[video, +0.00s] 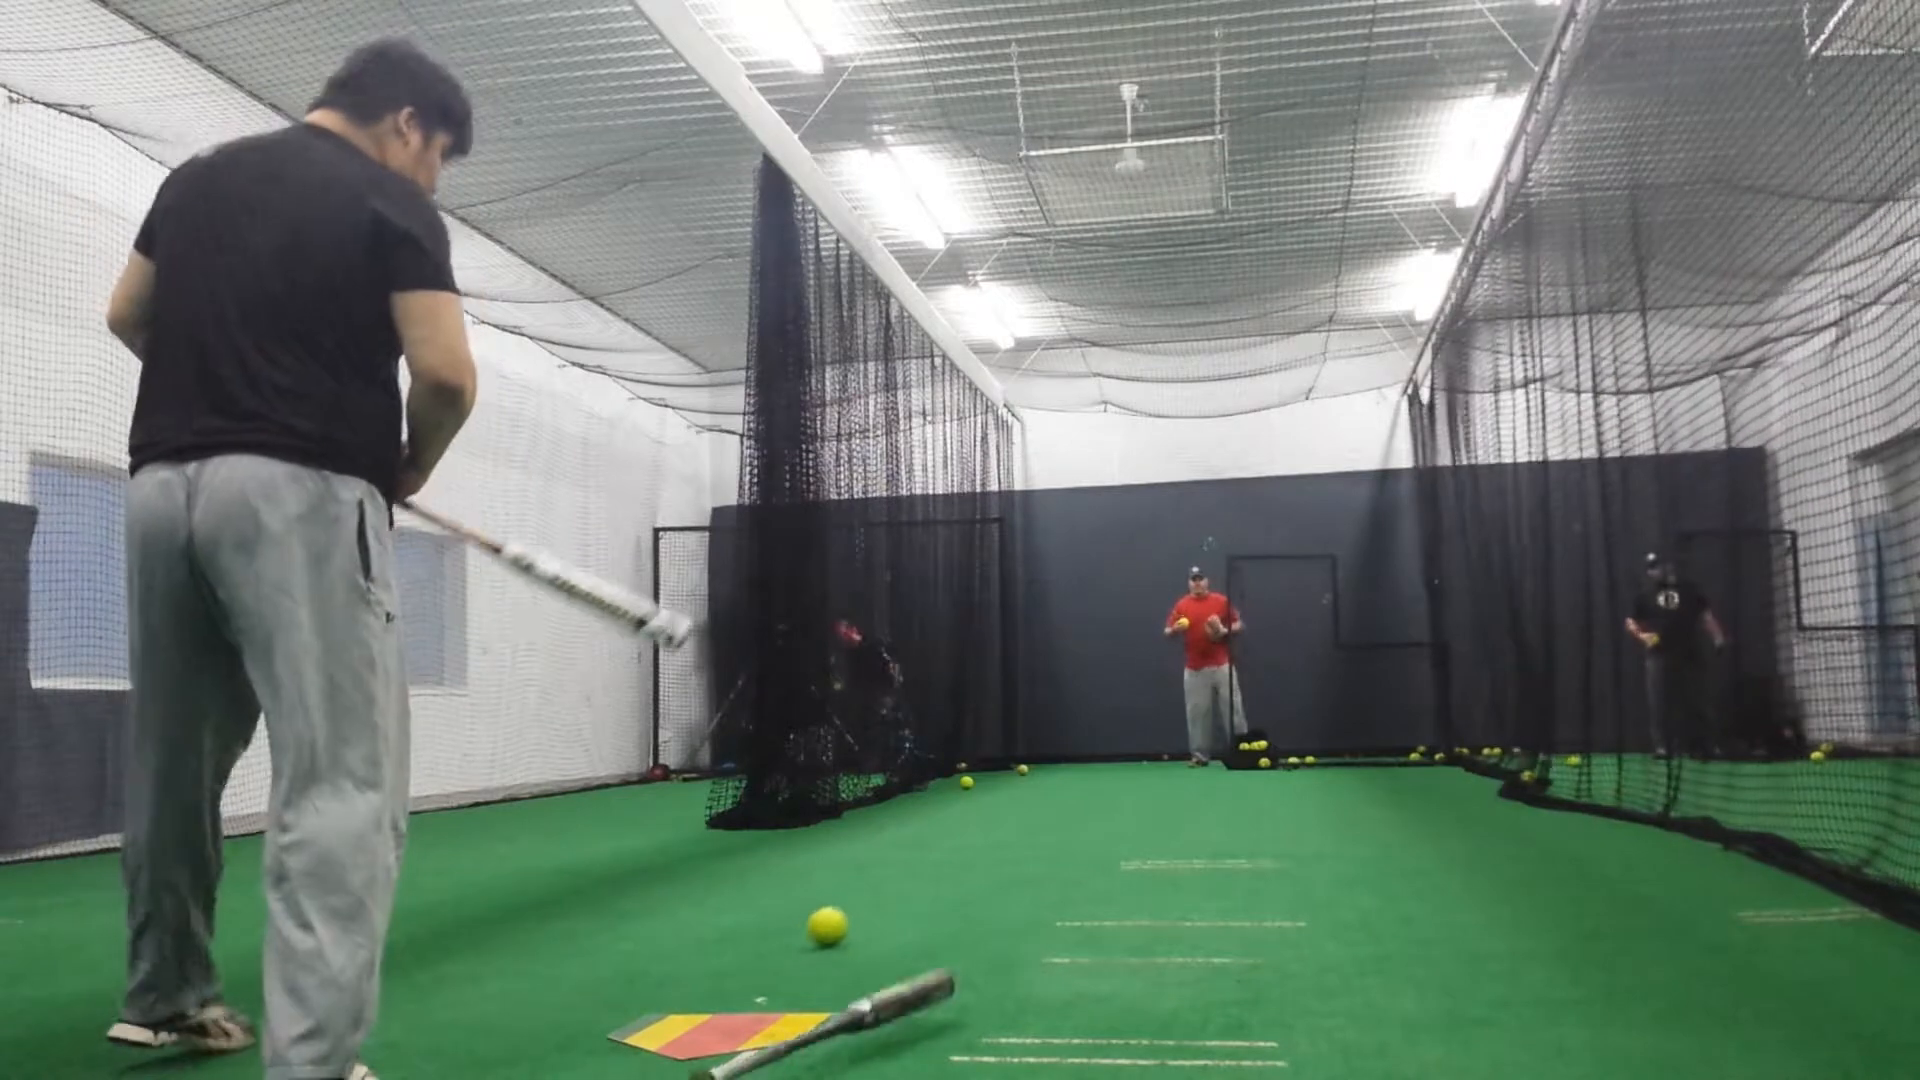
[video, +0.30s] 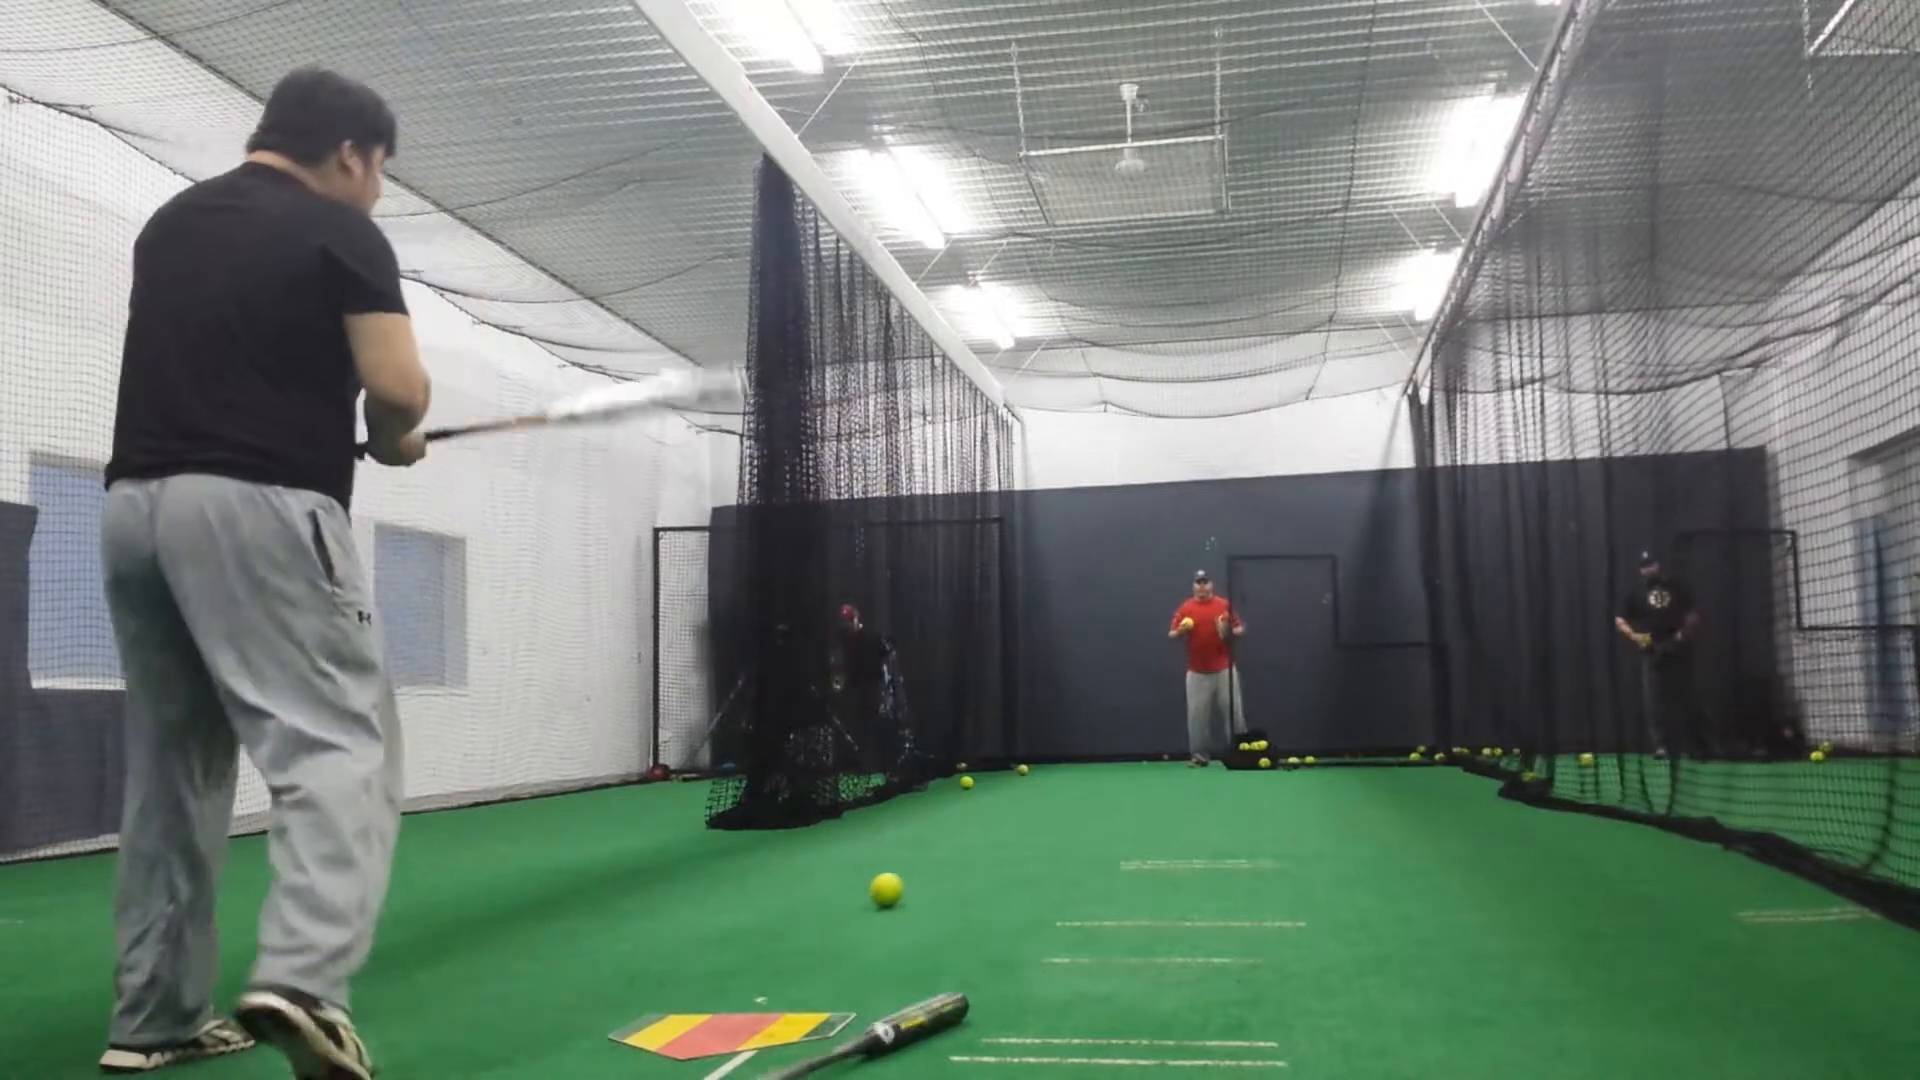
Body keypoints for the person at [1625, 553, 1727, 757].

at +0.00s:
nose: (1659, 573)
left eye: (1662, 567)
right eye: (1654, 569)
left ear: (1670, 568)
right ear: (1648, 573)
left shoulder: (1687, 590)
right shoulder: (1645, 596)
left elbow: (1706, 615)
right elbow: (1631, 622)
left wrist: (1717, 635)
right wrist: (1643, 636)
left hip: (1688, 650)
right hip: (1659, 654)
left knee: (1694, 697)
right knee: (1659, 700)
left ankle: (1700, 744)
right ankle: (1661, 744)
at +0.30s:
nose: (1648, 570)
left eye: (1651, 565)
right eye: (1644, 567)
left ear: (1659, 565)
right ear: (1639, 570)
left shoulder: (1675, 587)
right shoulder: (1635, 593)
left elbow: (1692, 614)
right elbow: (1620, 620)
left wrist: (1681, 634)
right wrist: (1635, 637)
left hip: (1675, 645)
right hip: (1651, 648)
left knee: (1681, 694)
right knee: (1653, 697)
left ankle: (1687, 742)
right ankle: (1659, 744)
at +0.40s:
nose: (1648, 570)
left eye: (1650, 565)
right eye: (1643, 566)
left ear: (1658, 565)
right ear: (1638, 570)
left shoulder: (1673, 587)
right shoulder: (1634, 592)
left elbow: (1690, 613)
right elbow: (1620, 621)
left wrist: (1680, 632)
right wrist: (1633, 637)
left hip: (1673, 645)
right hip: (1649, 647)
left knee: (1680, 693)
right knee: (1653, 697)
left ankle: (1686, 742)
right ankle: (1660, 744)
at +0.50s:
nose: (1646, 570)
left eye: (1649, 564)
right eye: (1642, 566)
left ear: (1656, 565)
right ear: (1636, 570)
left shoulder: (1671, 587)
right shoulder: (1632, 593)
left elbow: (1688, 612)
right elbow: (1619, 621)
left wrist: (1680, 631)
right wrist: (1631, 638)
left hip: (1673, 646)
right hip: (1648, 649)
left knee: (1680, 694)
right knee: (1653, 697)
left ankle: (1687, 742)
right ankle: (1660, 744)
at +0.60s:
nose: (1645, 570)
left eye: (1648, 564)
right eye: (1641, 566)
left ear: (1655, 565)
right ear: (1635, 570)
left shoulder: (1671, 588)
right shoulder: (1631, 594)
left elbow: (1687, 615)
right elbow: (1618, 622)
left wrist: (1681, 640)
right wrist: (1628, 639)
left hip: (1672, 649)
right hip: (1647, 652)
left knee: (1680, 696)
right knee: (1654, 699)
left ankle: (1692, 744)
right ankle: (1659, 744)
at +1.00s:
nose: (1640, 571)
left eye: (1644, 566)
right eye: (1636, 567)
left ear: (1652, 567)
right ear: (1631, 570)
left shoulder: (1669, 589)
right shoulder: (1631, 594)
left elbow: (1686, 616)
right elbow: (1626, 625)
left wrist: (1687, 643)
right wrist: (1623, 646)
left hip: (1670, 648)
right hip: (1646, 651)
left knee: (1672, 694)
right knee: (1648, 695)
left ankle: (1680, 743)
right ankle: (1657, 743)